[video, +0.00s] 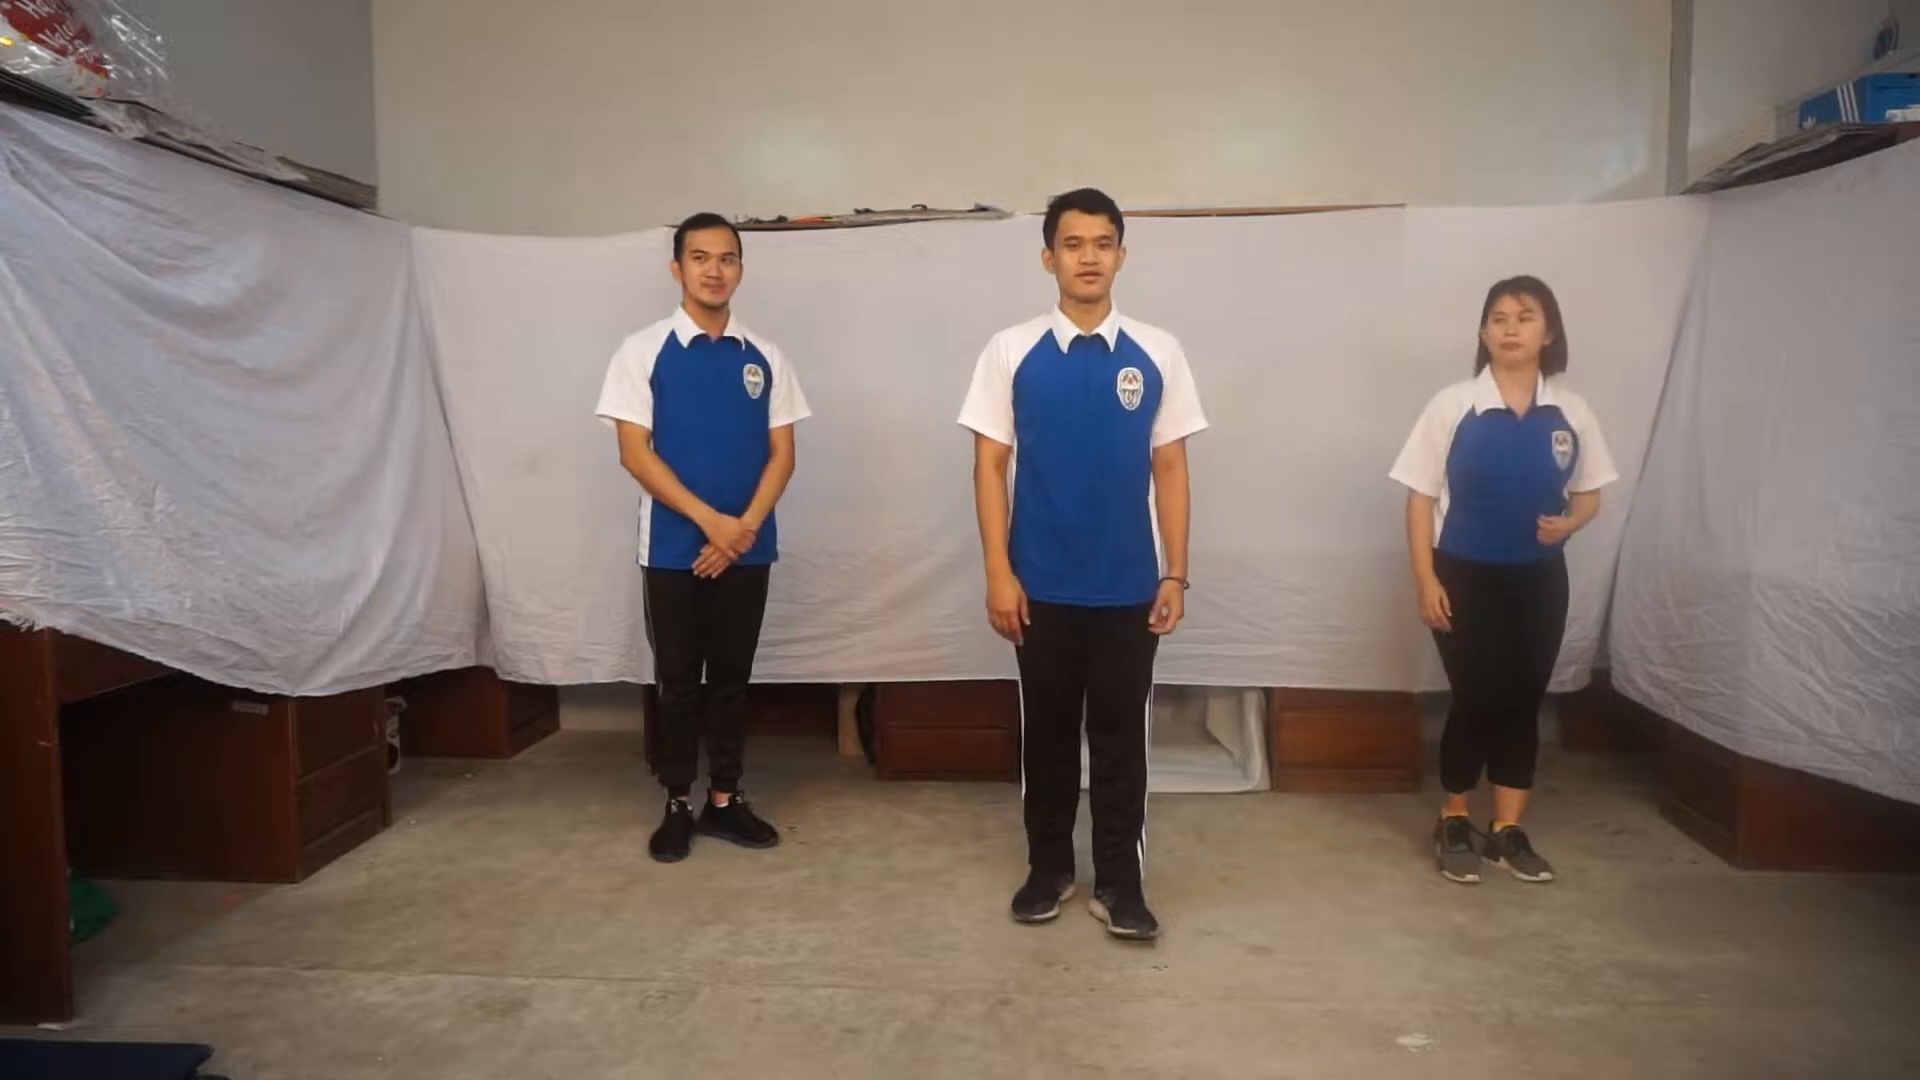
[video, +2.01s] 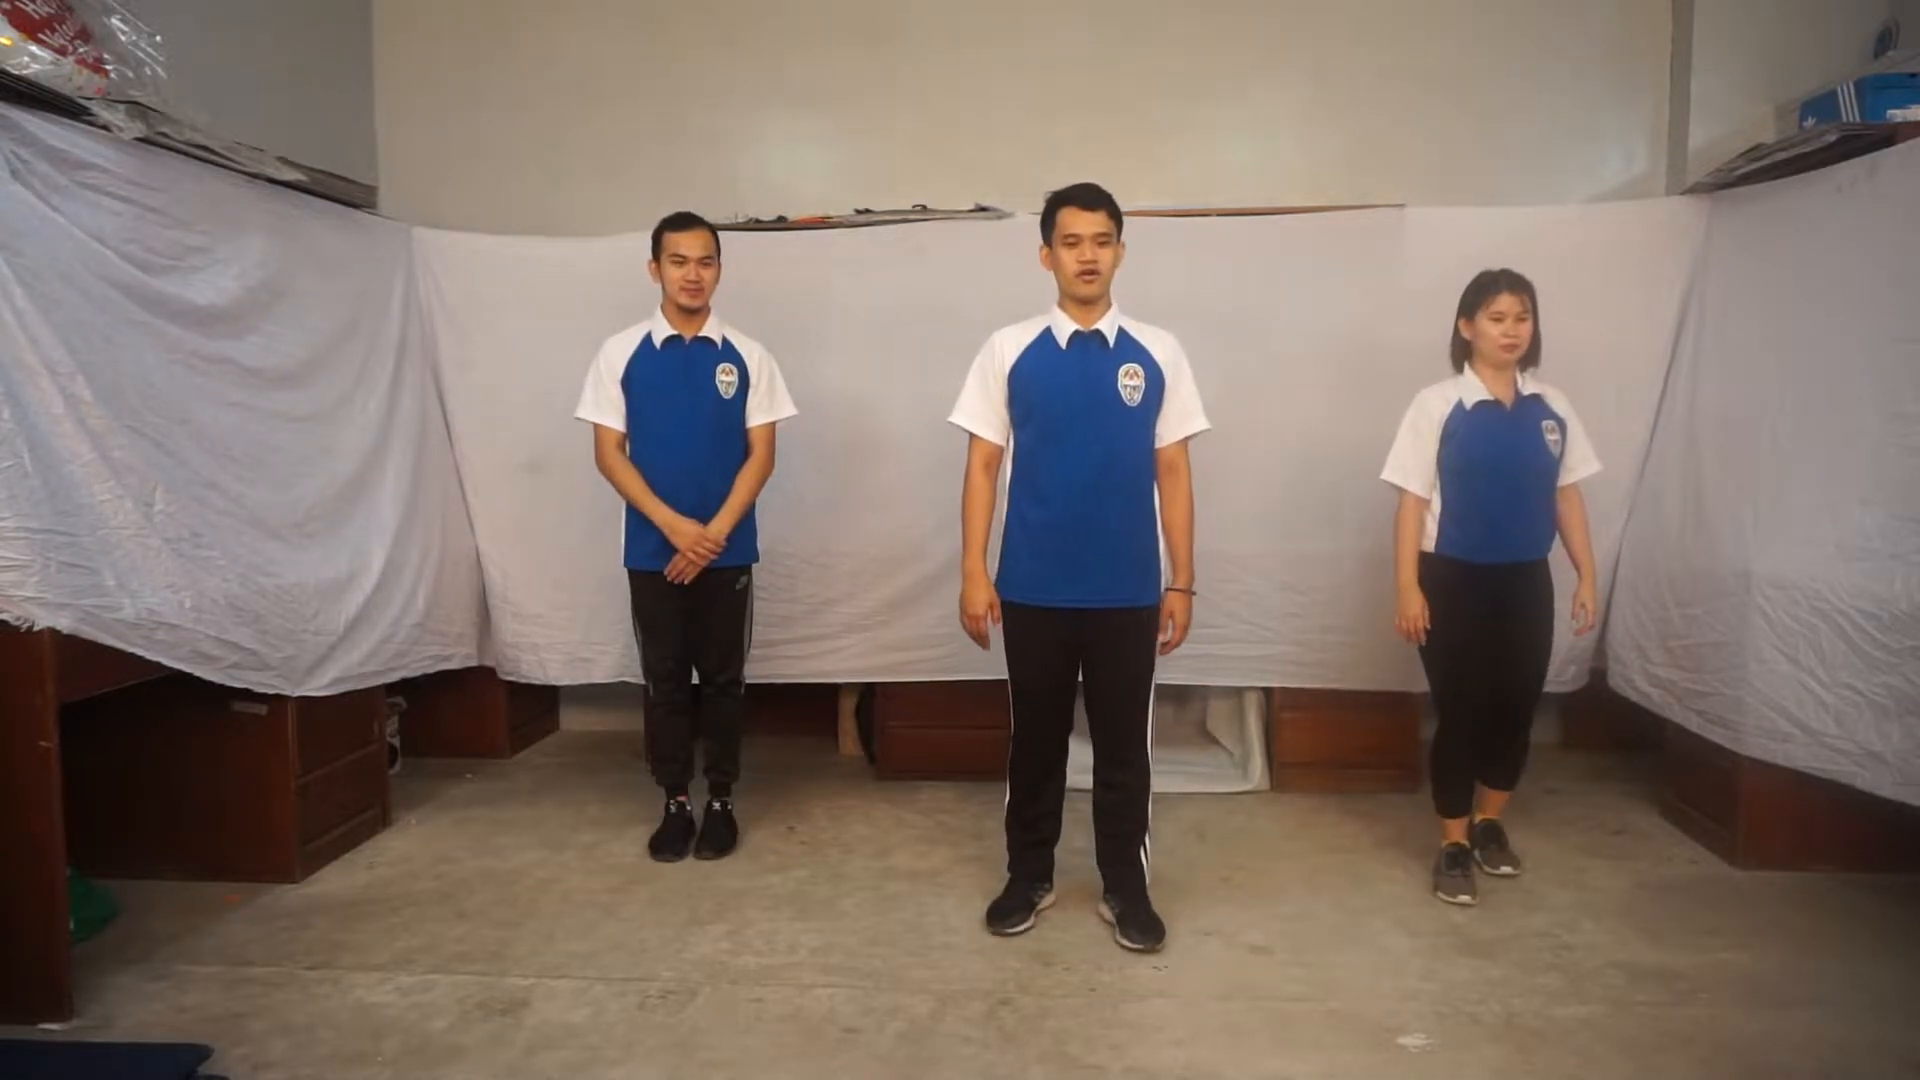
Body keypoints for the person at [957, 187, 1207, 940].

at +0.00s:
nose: (1090, 257)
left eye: (1103, 244)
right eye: (1074, 244)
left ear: (1120, 255)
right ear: (1050, 257)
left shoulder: (1155, 352)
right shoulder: (1010, 351)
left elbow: (1170, 468)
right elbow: (991, 467)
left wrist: (1174, 572)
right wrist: (998, 573)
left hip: (1127, 588)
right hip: (1043, 588)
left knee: (1121, 743)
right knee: (1046, 740)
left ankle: (1120, 879)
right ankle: (1048, 868)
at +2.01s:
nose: (1088, 255)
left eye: (1101, 242)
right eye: (1072, 243)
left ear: (1119, 251)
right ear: (1048, 255)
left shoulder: (1156, 352)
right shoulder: (1009, 350)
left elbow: (1173, 474)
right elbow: (982, 467)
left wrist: (1180, 581)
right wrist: (974, 572)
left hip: (1127, 592)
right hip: (1033, 590)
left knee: (1123, 749)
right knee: (1035, 743)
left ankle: (1126, 886)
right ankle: (1027, 876)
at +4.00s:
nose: (1111, 256)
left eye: (1129, 241)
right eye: (1098, 242)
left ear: (1159, 251)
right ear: (1082, 254)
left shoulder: (1200, 355)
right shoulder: (1051, 353)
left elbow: (1241, 477)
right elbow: (1003, 455)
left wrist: (1284, 593)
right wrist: (1013, 551)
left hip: (1155, 602)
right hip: (1063, 597)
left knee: (1174, 760)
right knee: (1037, 750)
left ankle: (1206, 907)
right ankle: (1017, 885)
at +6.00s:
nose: (928, 245)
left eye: (933, 231)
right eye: (909, 230)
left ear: (935, 243)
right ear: (858, 241)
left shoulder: (954, 335)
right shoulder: (826, 346)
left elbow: (1028, 366)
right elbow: (786, 461)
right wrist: (735, 564)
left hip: (949, 597)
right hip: (861, 607)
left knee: (957, 762)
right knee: (850, 770)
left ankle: (951, 919)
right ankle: (800, 937)